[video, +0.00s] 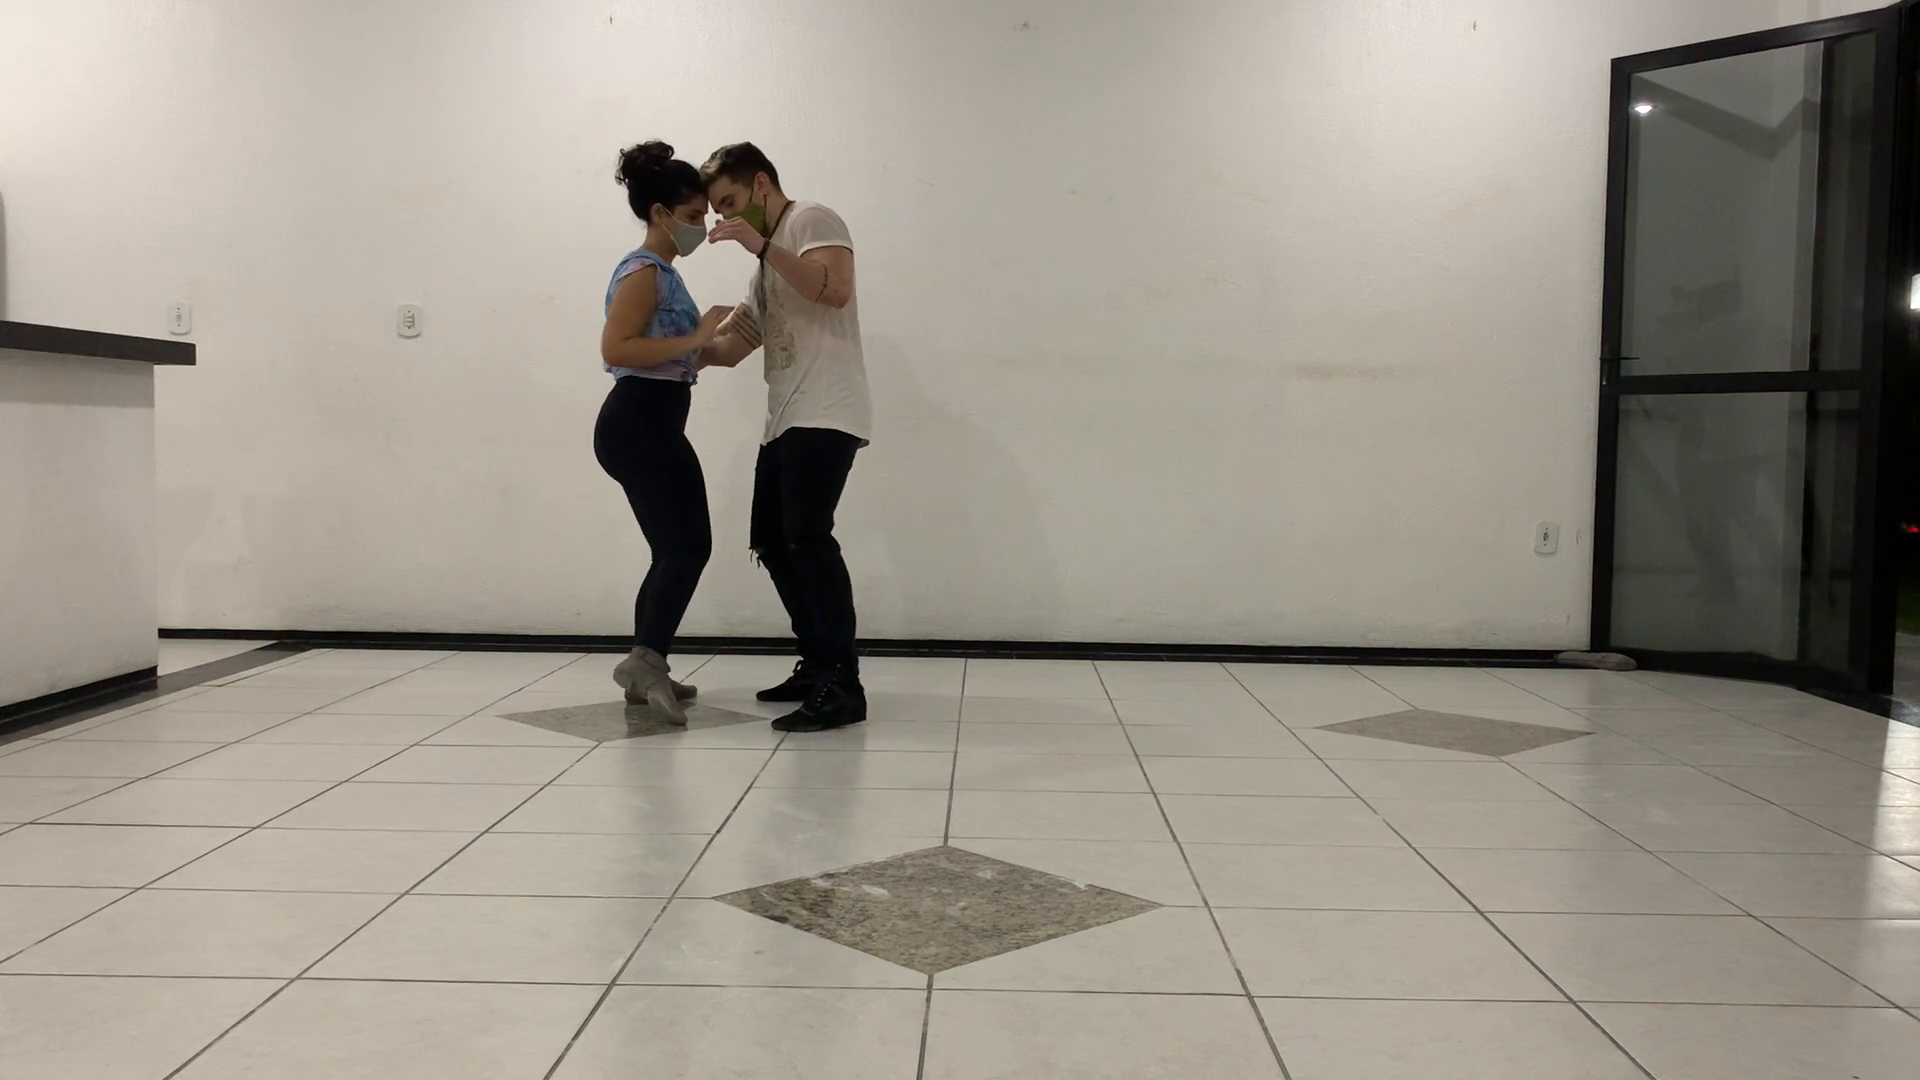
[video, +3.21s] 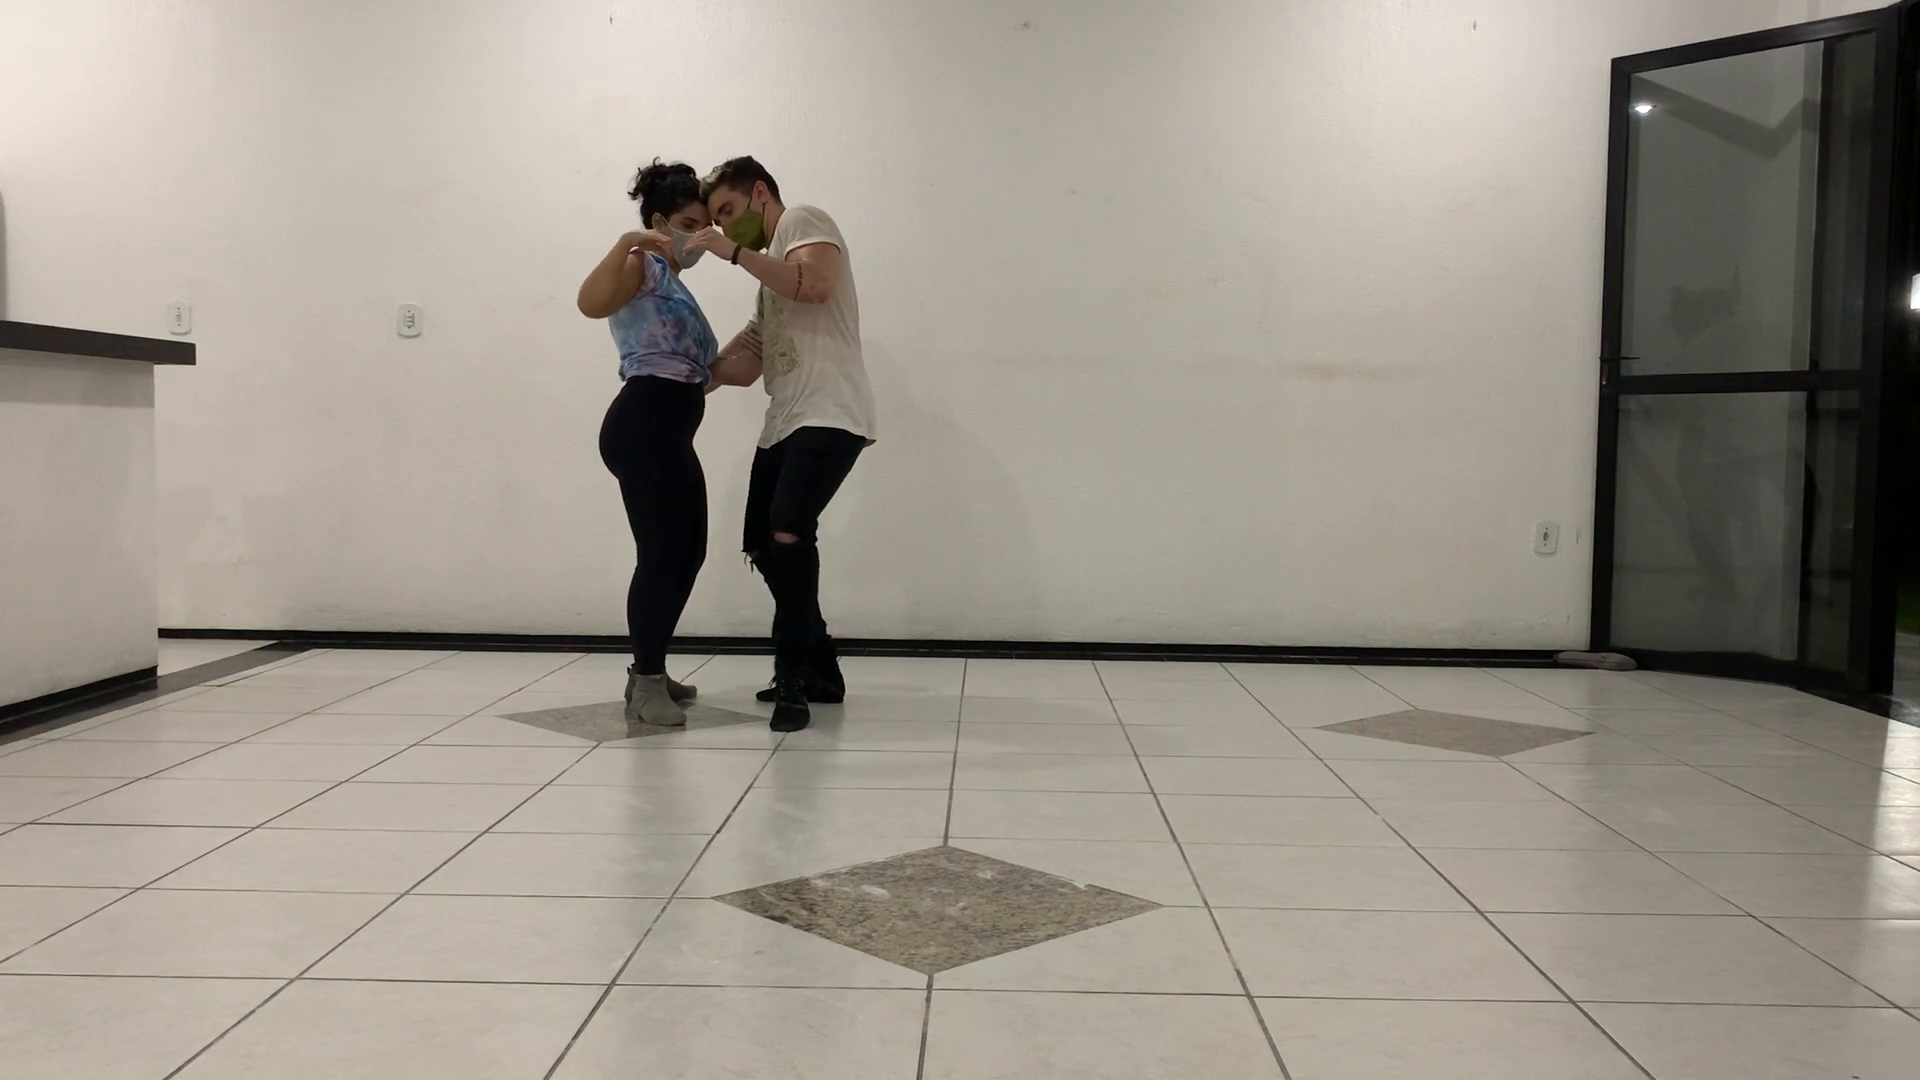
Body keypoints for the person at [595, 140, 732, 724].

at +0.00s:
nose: (703, 228)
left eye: (705, 217)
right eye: (694, 218)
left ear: (665, 214)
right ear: (659, 215)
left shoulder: (660, 273)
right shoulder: (644, 274)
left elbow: (660, 353)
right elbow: (616, 349)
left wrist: (711, 341)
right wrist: (695, 337)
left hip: (644, 426)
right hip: (641, 429)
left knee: (676, 548)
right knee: (687, 546)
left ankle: (648, 666)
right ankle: (647, 660)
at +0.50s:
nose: (698, 232)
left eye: (700, 220)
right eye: (688, 220)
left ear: (691, 221)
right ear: (655, 221)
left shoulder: (673, 286)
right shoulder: (635, 274)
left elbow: (703, 376)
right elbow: (605, 349)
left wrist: (767, 368)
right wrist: (648, 398)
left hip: (672, 428)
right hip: (642, 426)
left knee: (689, 547)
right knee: (690, 546)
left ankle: (648, 674)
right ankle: (669, 676)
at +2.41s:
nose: (694, 240)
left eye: (699, 227)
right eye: (682, 228)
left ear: (705, 228)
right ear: (653, 230)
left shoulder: (677, 300)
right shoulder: (643, 273)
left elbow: (730, 372)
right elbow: (575, 302)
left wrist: (774, 350)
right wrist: (616, 378)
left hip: (669, 424)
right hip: (642, 419)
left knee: (694, 550)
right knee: (671, 547)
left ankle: (651, 666)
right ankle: (636, 672)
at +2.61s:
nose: (695, 238)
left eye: (700, 227)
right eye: (683, 228)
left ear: (705, 229)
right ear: (655, 230)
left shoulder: (675, 298)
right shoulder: (645, 270)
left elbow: (733, 373)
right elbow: (577, 287)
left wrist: (757, 354)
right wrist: (624, 357)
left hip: (670, 427)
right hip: (643, 424)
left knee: (693, 551)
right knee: (656, 550)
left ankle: (649, 667)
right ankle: (627, 678)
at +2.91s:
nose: (695, 238)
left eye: (700, 227)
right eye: (685, 226)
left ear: (702, 229)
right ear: (656, 226)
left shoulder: (680, 298)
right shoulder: (638, 265)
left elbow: (701, 377)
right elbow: (567, 269)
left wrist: (757, 367)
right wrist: (639, 287)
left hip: (664, 429)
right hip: (640, 424)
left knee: (686, 546)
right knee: (682, 544)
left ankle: (652, 669)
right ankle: (649, 674)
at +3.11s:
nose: (700, 237)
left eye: (704, 226)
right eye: (691, 224)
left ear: (700, 230)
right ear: (658, 220)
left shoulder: (680, 296)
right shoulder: (638, 265)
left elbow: (720, 371)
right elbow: (580, 296)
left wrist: (758, 348)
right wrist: (631, 247)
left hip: (671, 426)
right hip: (641, 422)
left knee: (688, 552)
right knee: (669, 551)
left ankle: (652, 670)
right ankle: (645, 679)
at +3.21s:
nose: (700, 236)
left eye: (703, 225)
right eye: (692, 224)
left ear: (685, 232)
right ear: (663, 221)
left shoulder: (670, 279)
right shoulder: (639, 264)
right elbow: (591, 304)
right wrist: (625, 243)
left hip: (670, 424)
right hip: (644, 421)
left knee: (687, 551)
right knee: (662, 551)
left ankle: (651, 671)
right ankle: (644, 682)